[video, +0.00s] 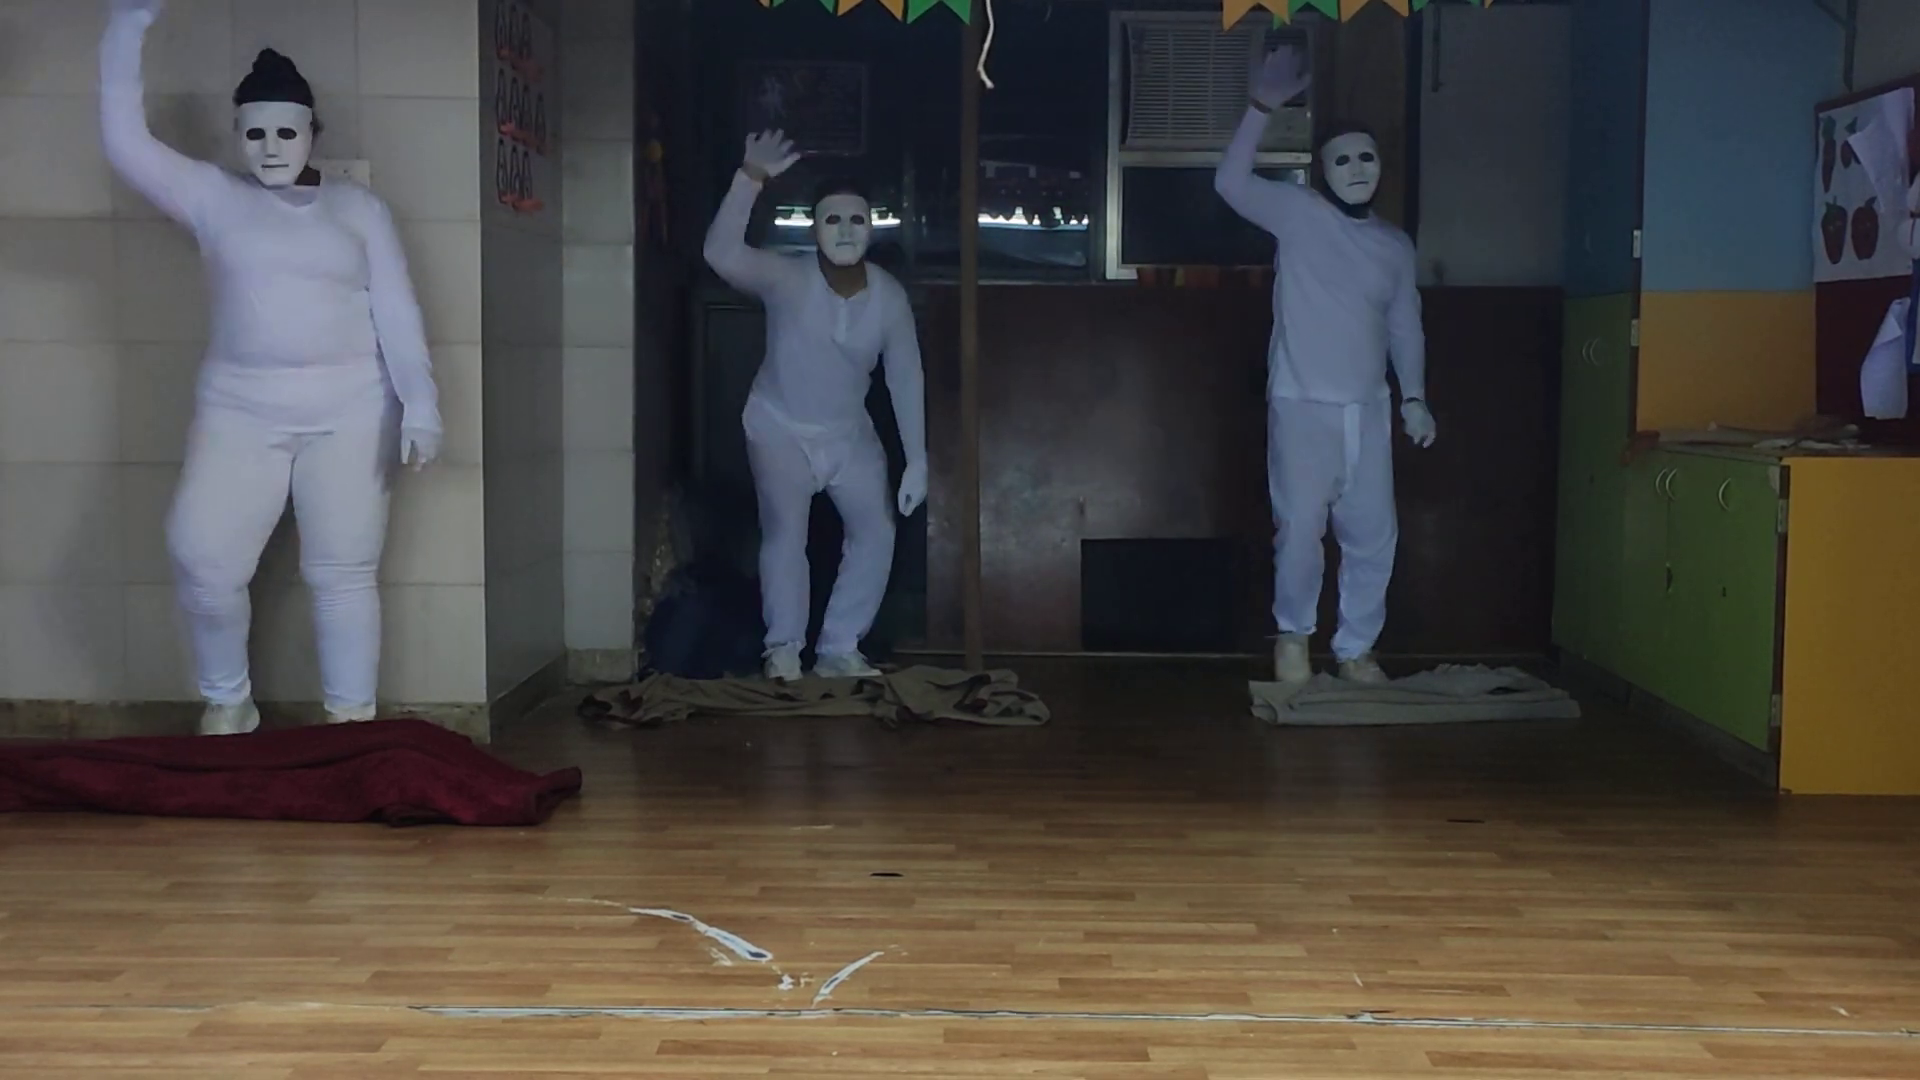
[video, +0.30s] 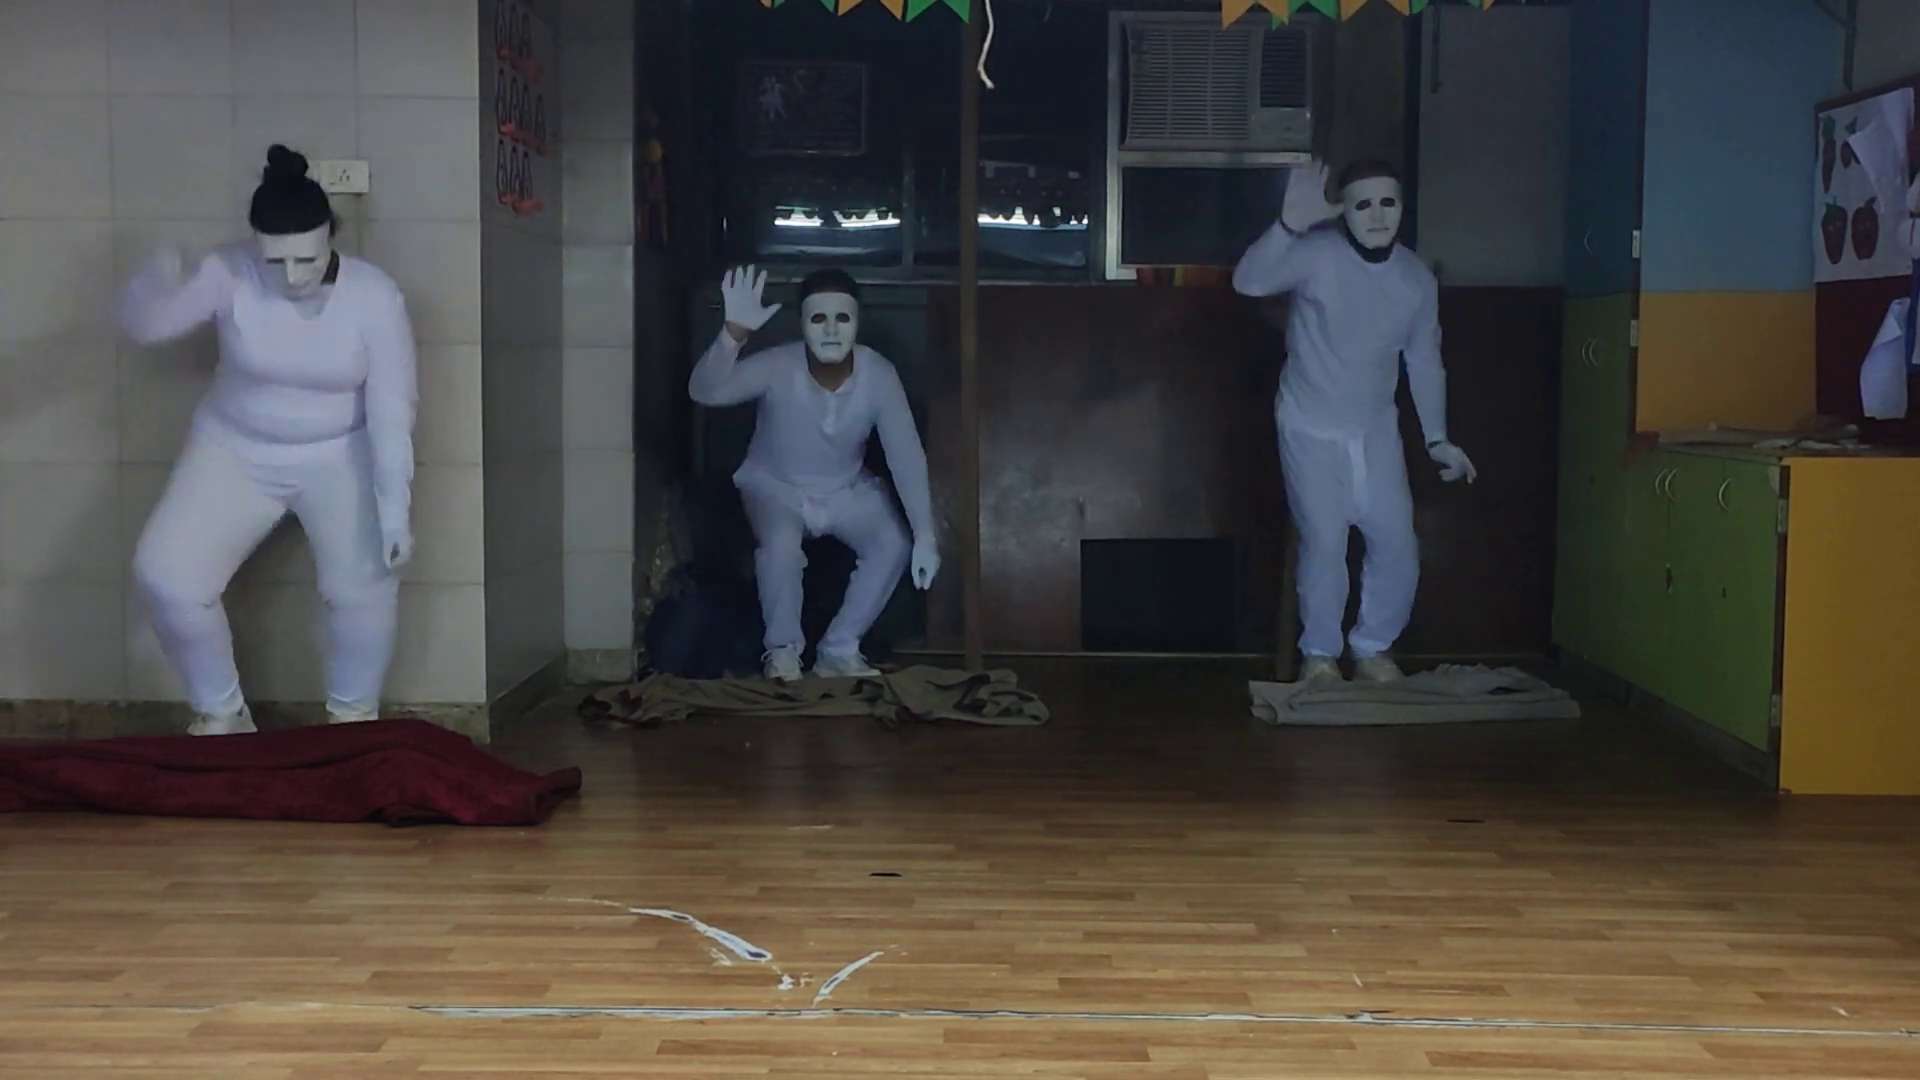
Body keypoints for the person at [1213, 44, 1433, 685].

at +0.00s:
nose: (1358, 170)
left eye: (1366, 160)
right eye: (1344, 162)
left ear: (1379, 169)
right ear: (1322, 171)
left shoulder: (1395, 247)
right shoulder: (1297, 213)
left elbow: (1406, 329)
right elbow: (1232, 182)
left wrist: (1414, 398)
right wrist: (1260, 108)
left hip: (1369, 408)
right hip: (1303, 404)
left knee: (1372, 533)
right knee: (1301, 526)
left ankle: (1357, 651)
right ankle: (1293, 638)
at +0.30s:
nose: (1376, 215)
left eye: (1387, 203)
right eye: (1363, 205)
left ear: (1402, 209)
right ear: (1343, 212)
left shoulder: (1416, 280)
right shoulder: (1316, 254)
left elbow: (1425, 363)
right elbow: (1247, 279)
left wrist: (1437, 438)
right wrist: (1289, 225)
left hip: (1376, 424)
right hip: (1311, 422)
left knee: (1396, 543)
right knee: (1325, 540)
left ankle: (1372, 649)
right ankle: (1320, 656)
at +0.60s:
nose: (1390, 343)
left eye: (1402, 332)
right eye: (1379, 332)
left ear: (1417, 319)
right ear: (1360, 318)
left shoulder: (1437, 352)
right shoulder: (1331, 340)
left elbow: (1449, 438)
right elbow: (1261, 413)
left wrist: (1459, 526)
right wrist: (1305, 406)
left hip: (1391, 472)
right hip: (1322, 469)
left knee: (1423, 562)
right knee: (1331, 548)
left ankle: (1376, 652)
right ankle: (1324, 656)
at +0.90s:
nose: (1397, 439)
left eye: (1407, 429)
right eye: (1386, 430)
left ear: (1423, 410)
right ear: (1366, 409)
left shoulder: (1446, 429)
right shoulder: (1333, 419)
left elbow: (1462, 514)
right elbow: (1287, 501)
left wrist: (1472, 604)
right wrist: (1285, 582)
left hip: (1397, 519)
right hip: (1335, 513)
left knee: (1436, 569)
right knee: (1333, 562)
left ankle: (1382, 652)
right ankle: (1328, 654)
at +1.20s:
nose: (1390, 484)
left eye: (1401, 474)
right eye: (1378, 474)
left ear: (1417, 454)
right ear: (1359, 453)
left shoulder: (1443, 475)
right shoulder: (1328, 470)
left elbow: (1467, 559)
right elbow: (1290, 558)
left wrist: (1482, 645)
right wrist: (1290, 645)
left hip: (1402, 576)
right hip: (1342, 573)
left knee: (1439, 582)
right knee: (1331, 571)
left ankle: (1385, 651)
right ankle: (1328, 654)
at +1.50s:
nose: (1384, 472)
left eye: (1395, 461)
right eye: (1373, 462)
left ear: (1412, 444)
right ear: (1355, 445)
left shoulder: (1439, 466)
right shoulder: (1325, 464)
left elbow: (1462, 547)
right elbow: (1289, 547)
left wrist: (1478, 630)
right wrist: (1288, 632)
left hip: (1402, 570)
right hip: (1341, 566)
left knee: (1441, 578)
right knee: (1327, 568)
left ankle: (1398, 647)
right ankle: (1322, 649)